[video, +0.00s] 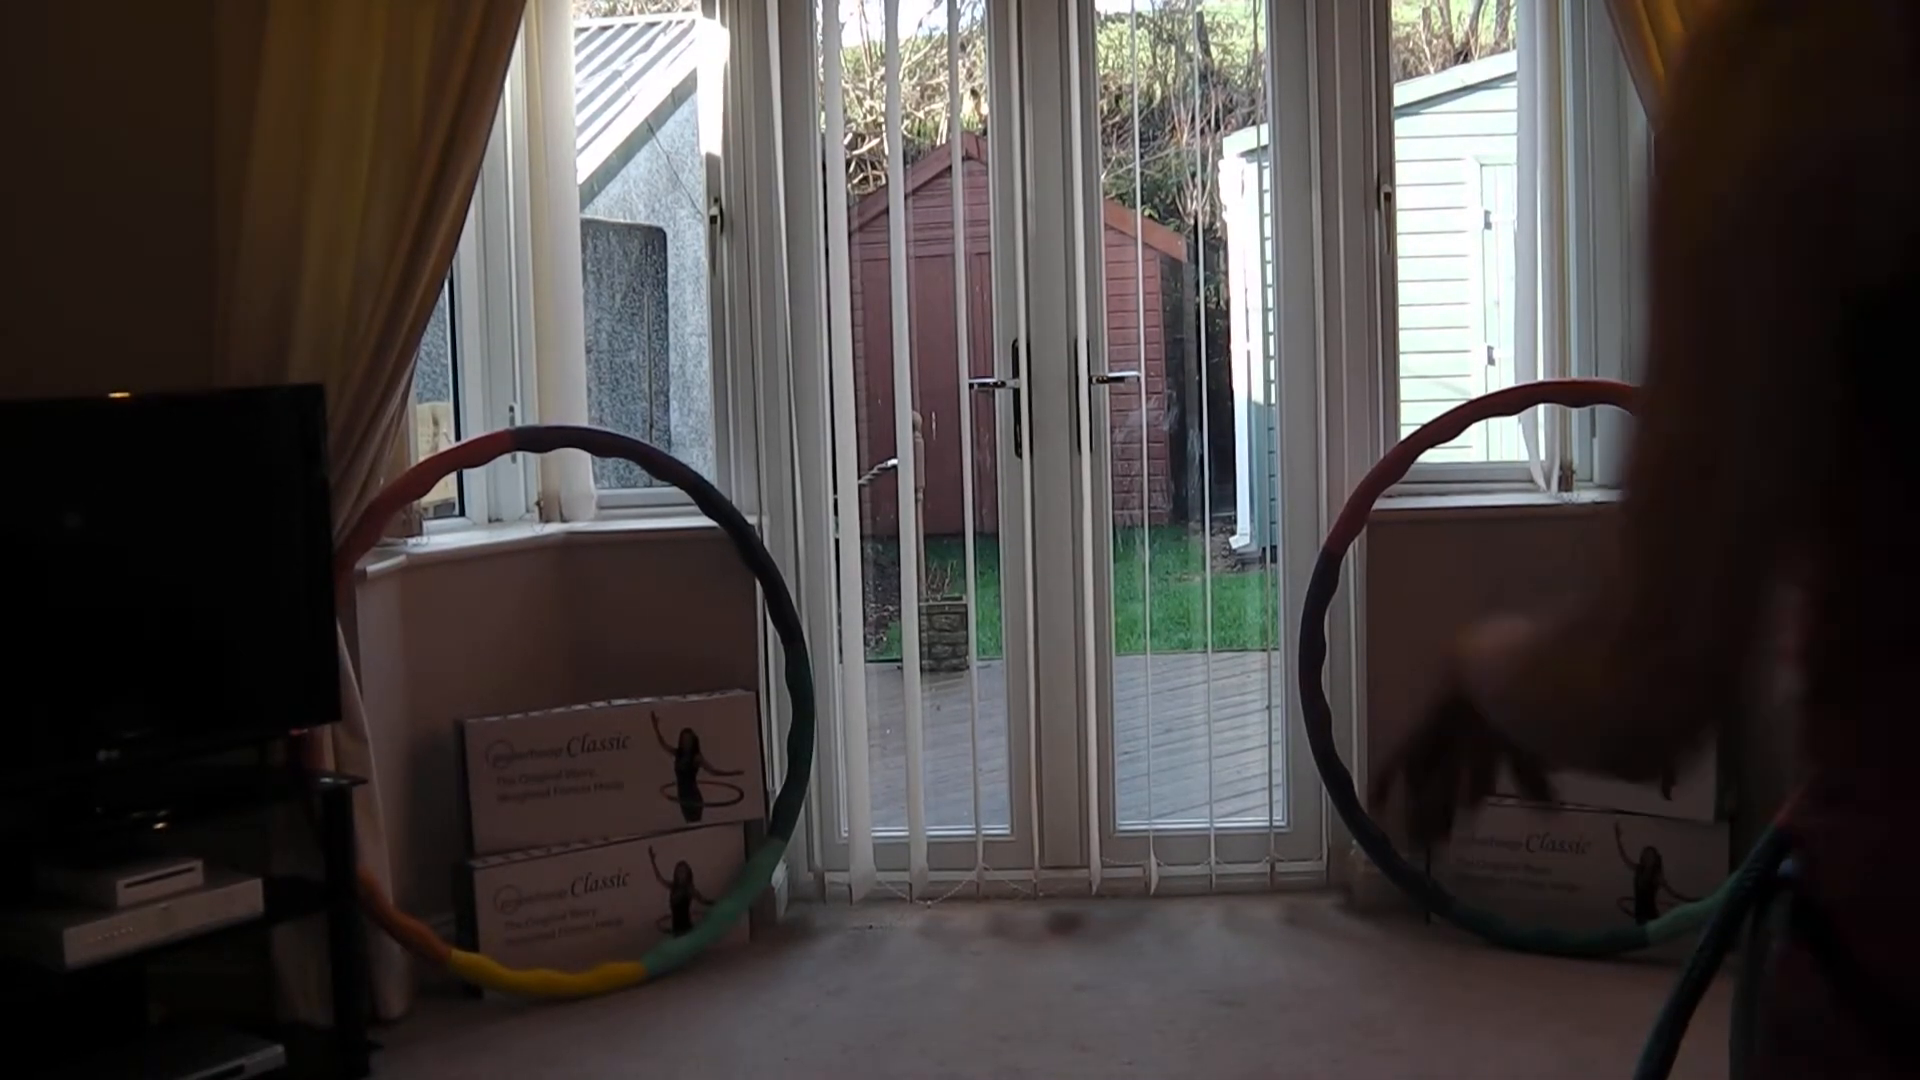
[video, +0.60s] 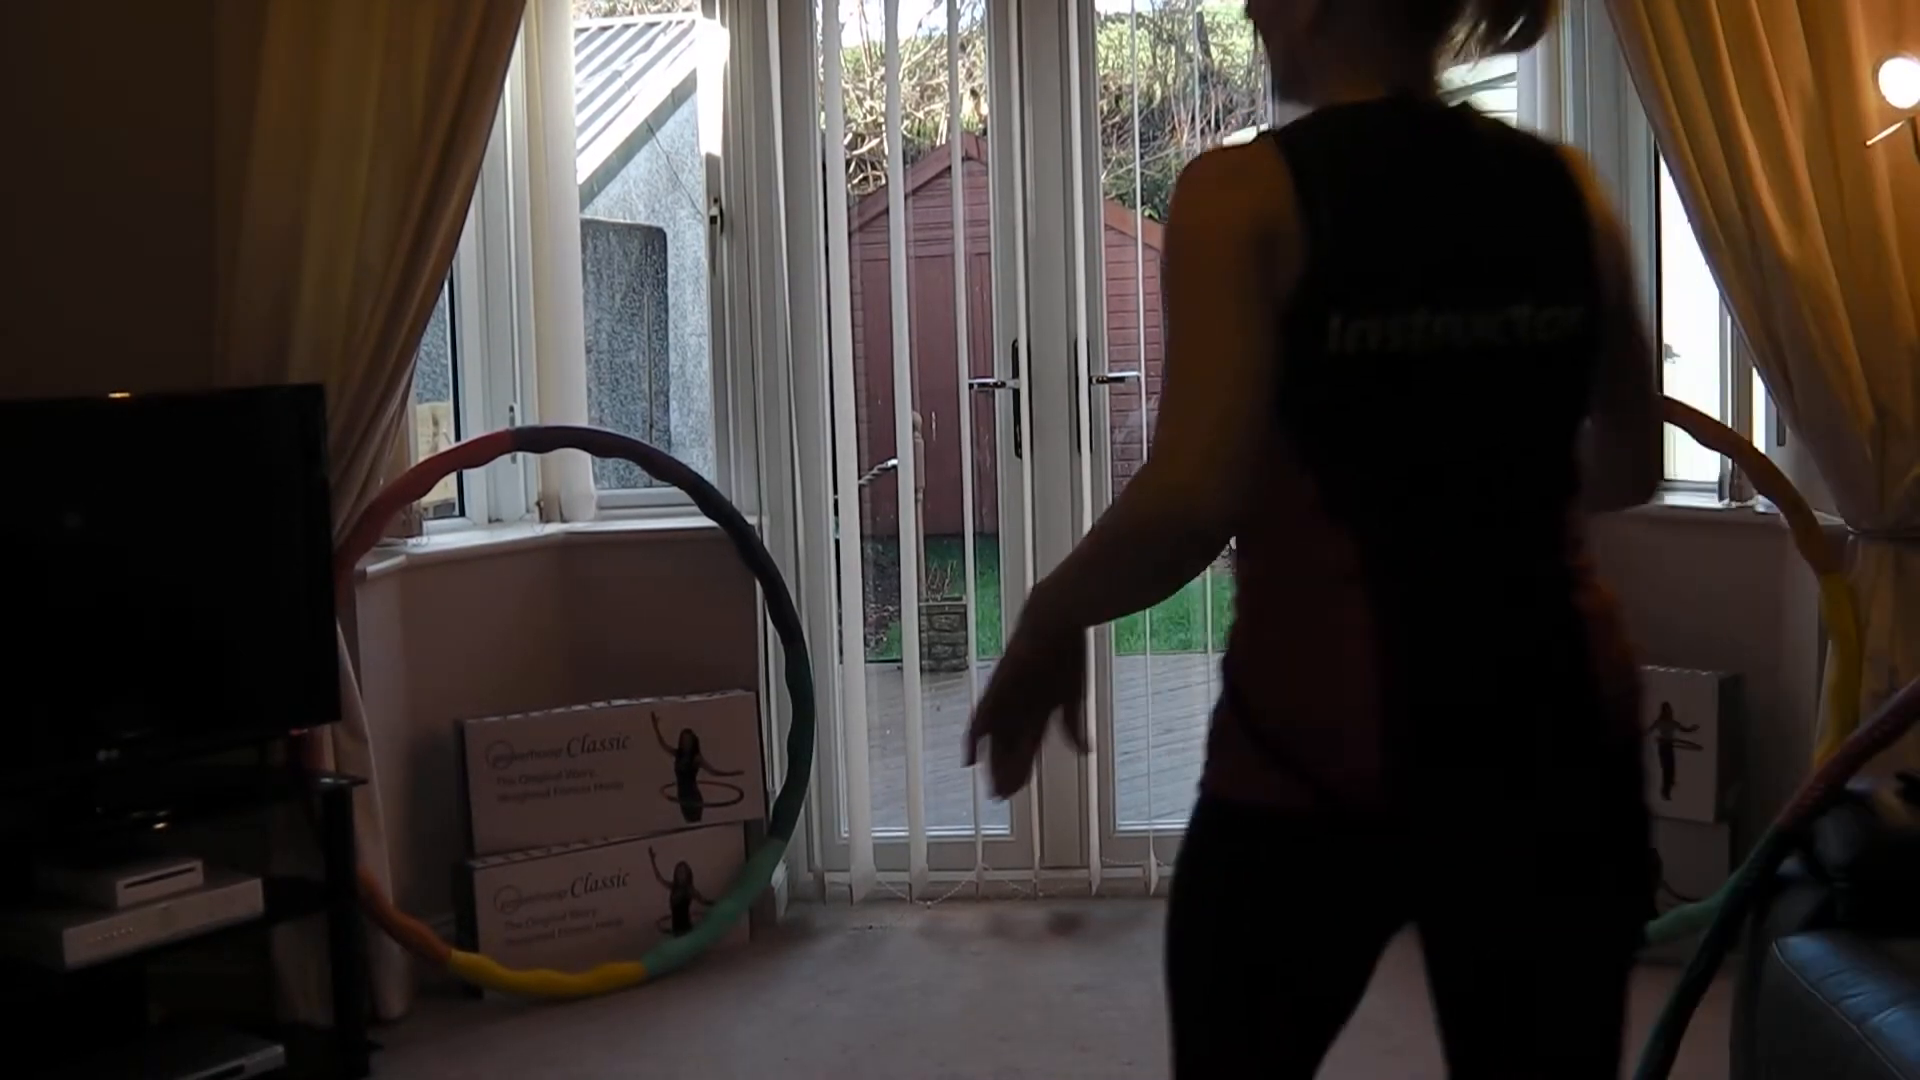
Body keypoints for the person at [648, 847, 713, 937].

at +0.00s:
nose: (681, 874)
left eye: (683, 871)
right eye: (679, 871)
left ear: (688, 873)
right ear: (675, 873)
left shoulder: (690, 889)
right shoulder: (673, 886)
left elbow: (702, 901)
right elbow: (659, 878)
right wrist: (653, 861)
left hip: (687, 925)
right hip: (675, 925)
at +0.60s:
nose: (681, 874)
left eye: (683, 871)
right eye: (679, 871)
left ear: (688, 873)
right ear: (675, 873)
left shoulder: (690, 889)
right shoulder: (673, 887)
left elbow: (702, 901)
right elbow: (659, 878)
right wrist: (652, 860)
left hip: (686, 926)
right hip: (675, 925)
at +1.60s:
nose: (681, 874)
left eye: (683, 871)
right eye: (679, 871)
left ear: (688, 873)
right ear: (675, 873)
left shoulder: (689, 889)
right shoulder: (673, 887)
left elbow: (703, 901)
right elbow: (659, 878)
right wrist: (653, 860)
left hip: (686, 923)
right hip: (675, 923)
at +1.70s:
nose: (681, 874)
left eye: (683, 871)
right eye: (679, 871)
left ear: (688, 873)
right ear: (675, 873)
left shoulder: (689, 888)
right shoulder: (673, 886)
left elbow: (703, 901)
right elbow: (659, 877)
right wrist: (653, 861)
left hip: (686, 923)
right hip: (675, 923)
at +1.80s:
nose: (681, 874)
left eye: (684, 871)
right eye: (679, 871)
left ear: (688, 873)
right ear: (675, 873)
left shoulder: (689, 889)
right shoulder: (673, 886)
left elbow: (703, 901)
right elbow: (658, 877)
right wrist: (652, 860)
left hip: (686, 923)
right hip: (675, 923)